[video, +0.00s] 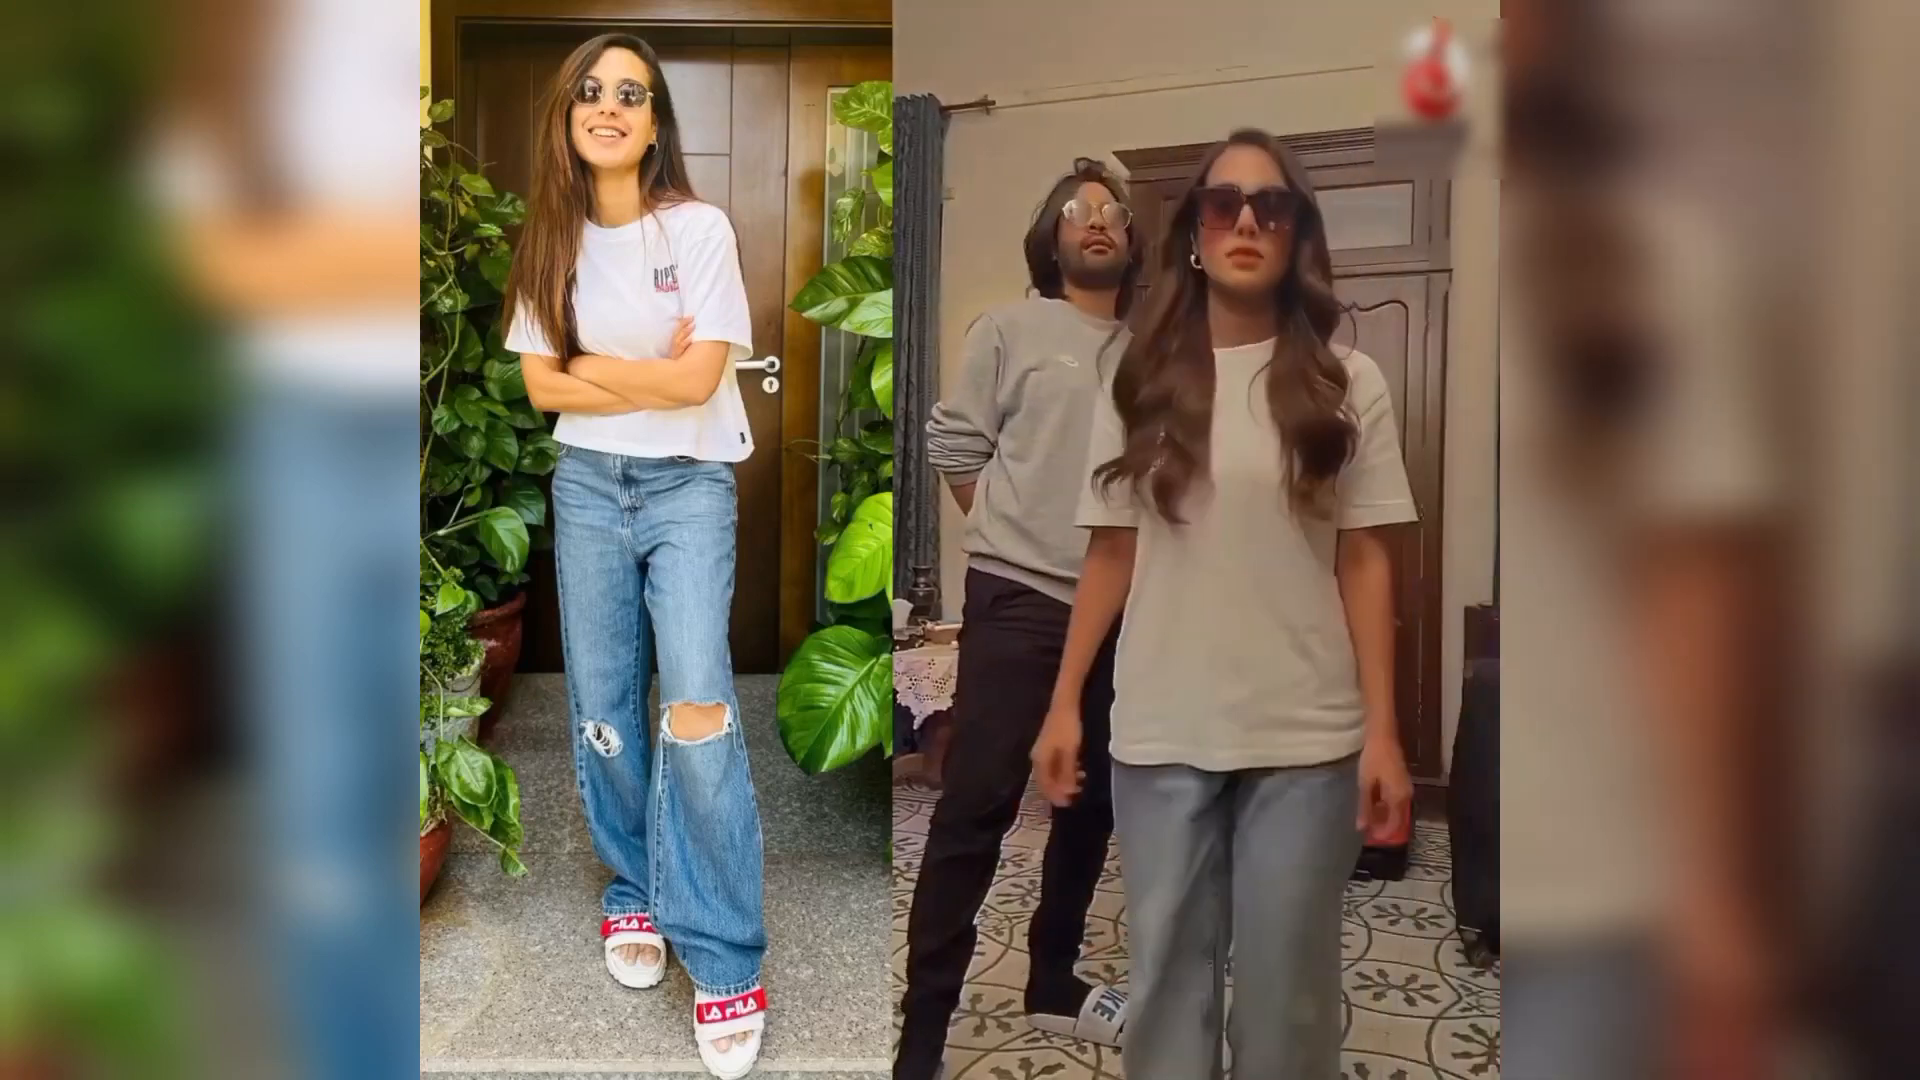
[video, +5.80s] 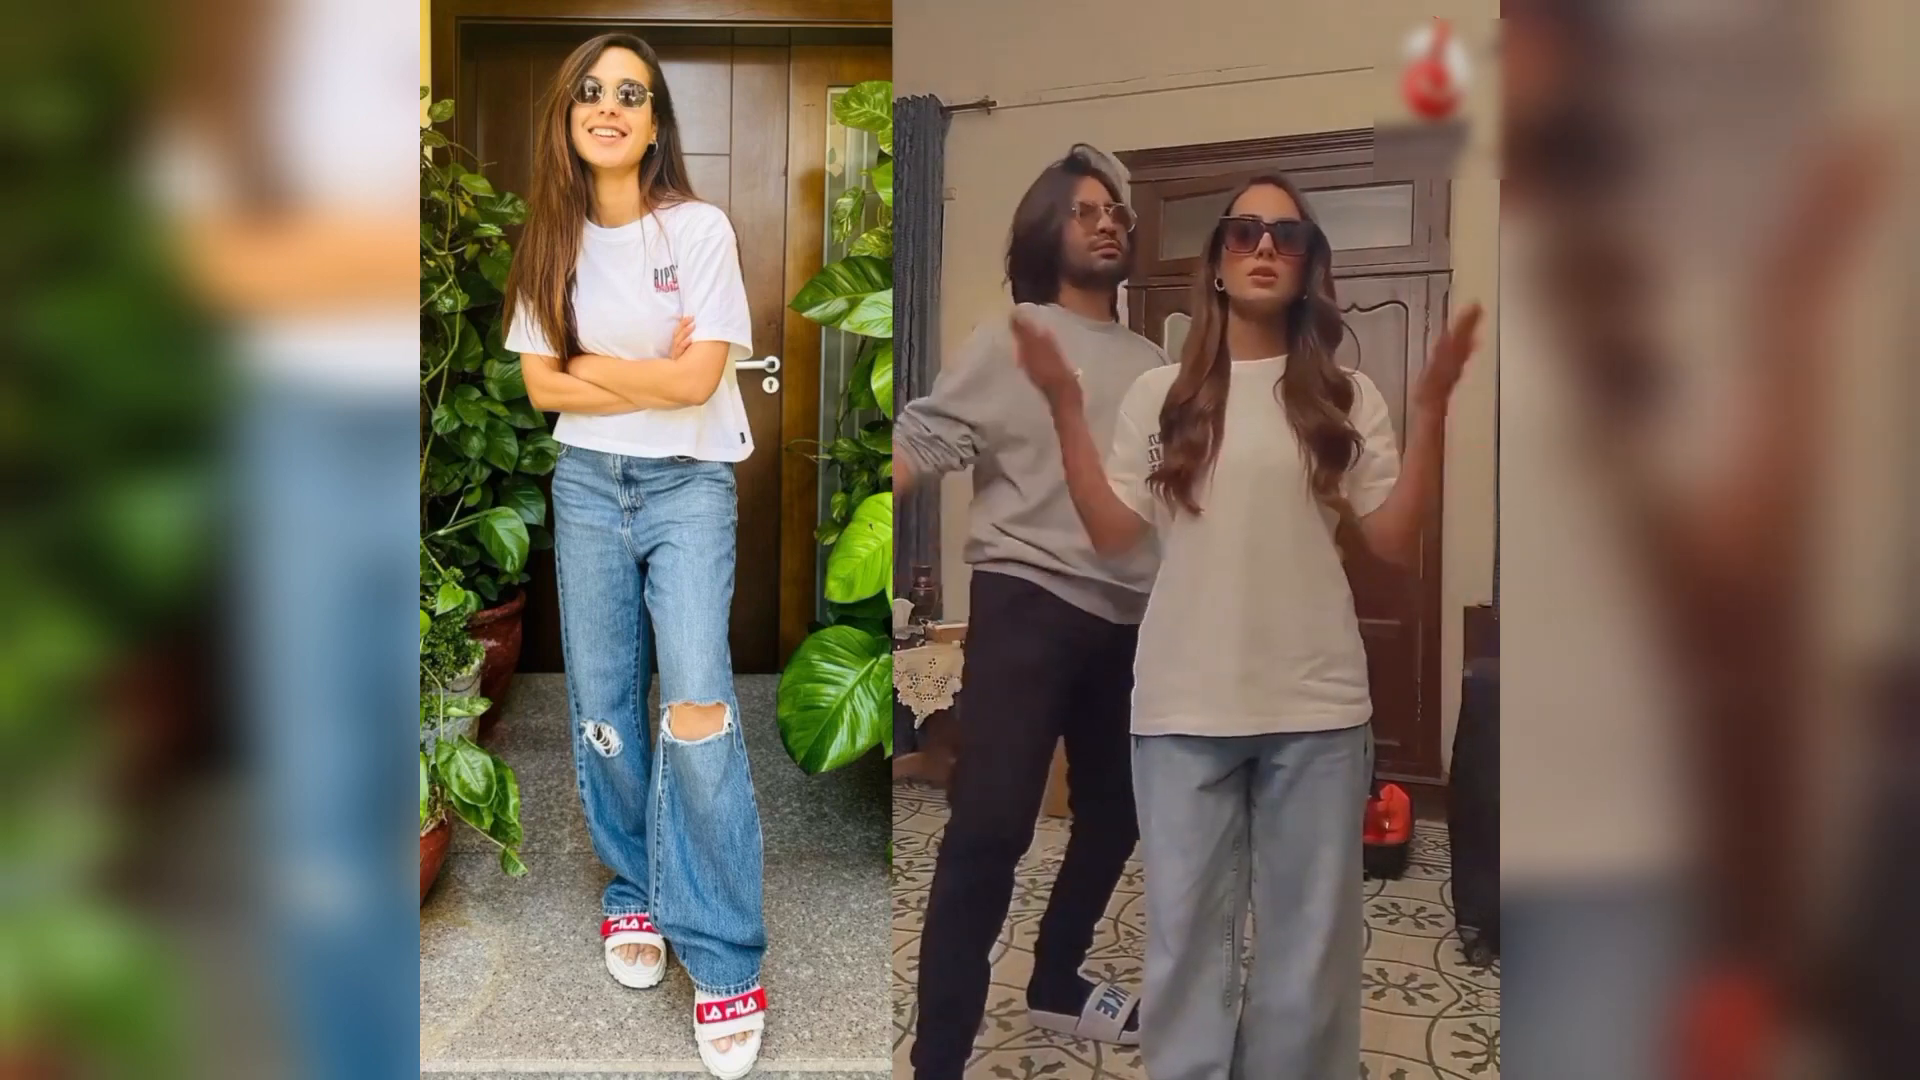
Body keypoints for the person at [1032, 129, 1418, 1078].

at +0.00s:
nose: (1246, 221)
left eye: (1270, 206)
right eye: (1224, 205)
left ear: (1300, 234)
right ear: (1193, 237)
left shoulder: (1346, 378)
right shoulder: (1143, 369)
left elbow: (1363, 561)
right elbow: (1109, 548)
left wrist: (1382, 733)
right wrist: (1065, 699)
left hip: (1308, 736)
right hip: (1162, 731)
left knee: (1287, 1003)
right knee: (1166, 997)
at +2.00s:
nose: (1278, 252)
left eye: (1299, 241)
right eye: (1259, 239)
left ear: (1324, 269)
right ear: (1228, 265)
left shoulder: (1351, 400)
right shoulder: (1167, 395)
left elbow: (1366, 556)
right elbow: (1145, 551)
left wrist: (1374, 701)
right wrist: (1131, 683)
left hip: (1319, 715)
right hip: (1187, 714)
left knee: (1310, 955)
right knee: (1179, 944)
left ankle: (1286, 1072)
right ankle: (1183, 1068)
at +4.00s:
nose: (1272, 252)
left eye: (1294, 241)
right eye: (1253, 238)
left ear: (1318, 269)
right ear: (1225, 264)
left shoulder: (1358, 396)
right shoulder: (1174, 396)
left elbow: (1373, 555)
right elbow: (1150, 548)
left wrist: (1375, 699)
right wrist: (1134, 684)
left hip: (1324, 717)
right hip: (1191, 716)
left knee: (1312, 959)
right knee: (1184, 949)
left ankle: (1289, 1074)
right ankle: (1186, 1070)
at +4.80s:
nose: (1278, 249)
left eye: (1300, 240)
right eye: (1260, 235)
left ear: (1323, 271)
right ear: (1228, 261)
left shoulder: (1346, 395)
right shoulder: (1164, 390)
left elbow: (1366, 552)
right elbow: (1143, 544)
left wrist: (1386, 682)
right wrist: (1121, 671)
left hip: (1322, 714)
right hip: (1185, 712)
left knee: (1309, 954)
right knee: (1181, 944)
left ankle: (1290, 1073)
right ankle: (1186, 1068)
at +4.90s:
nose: (1274, 247)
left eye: (1295, 236)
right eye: (1255, 233)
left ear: (1320, 265)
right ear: (1225, 260)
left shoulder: (1351, 393)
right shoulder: (1168, 390)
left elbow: (1354, 542)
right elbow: (1164, 540)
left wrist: (1421, 535)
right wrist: (1103, 552)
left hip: (1320, 707)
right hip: (1185, 705)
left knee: (1310, 951)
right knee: (1183, 943)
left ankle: (1293, 1071)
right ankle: (1184, 1067)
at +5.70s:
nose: (1265, 247)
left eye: (1285, 236)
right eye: (1246, 233)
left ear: (1311, 265)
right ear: (1216, 262)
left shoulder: (1346, 396)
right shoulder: (1161, 394)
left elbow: (1353, 544)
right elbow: (1153, 541)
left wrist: (1426, 550)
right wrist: (1070, 544)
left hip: (1317, 708)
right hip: (1180, 707)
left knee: (1308, 949)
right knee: (1183, 942)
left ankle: (1294, 1072)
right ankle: (1185, 1068)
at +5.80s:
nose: (1264, 245)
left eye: (1285, 234)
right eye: (1246, 232)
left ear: (1311, 265)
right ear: (1216, 263)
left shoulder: (1344, 392)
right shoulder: (1163, 390)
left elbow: (1394, 540)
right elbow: (1115, 532)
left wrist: (1431, 407)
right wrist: (1066, 402)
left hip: (1317, 706)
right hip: (1181, 704)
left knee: (1309, 953)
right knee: (1182, 945)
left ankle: (1294, 1072)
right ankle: (1184, 1067)